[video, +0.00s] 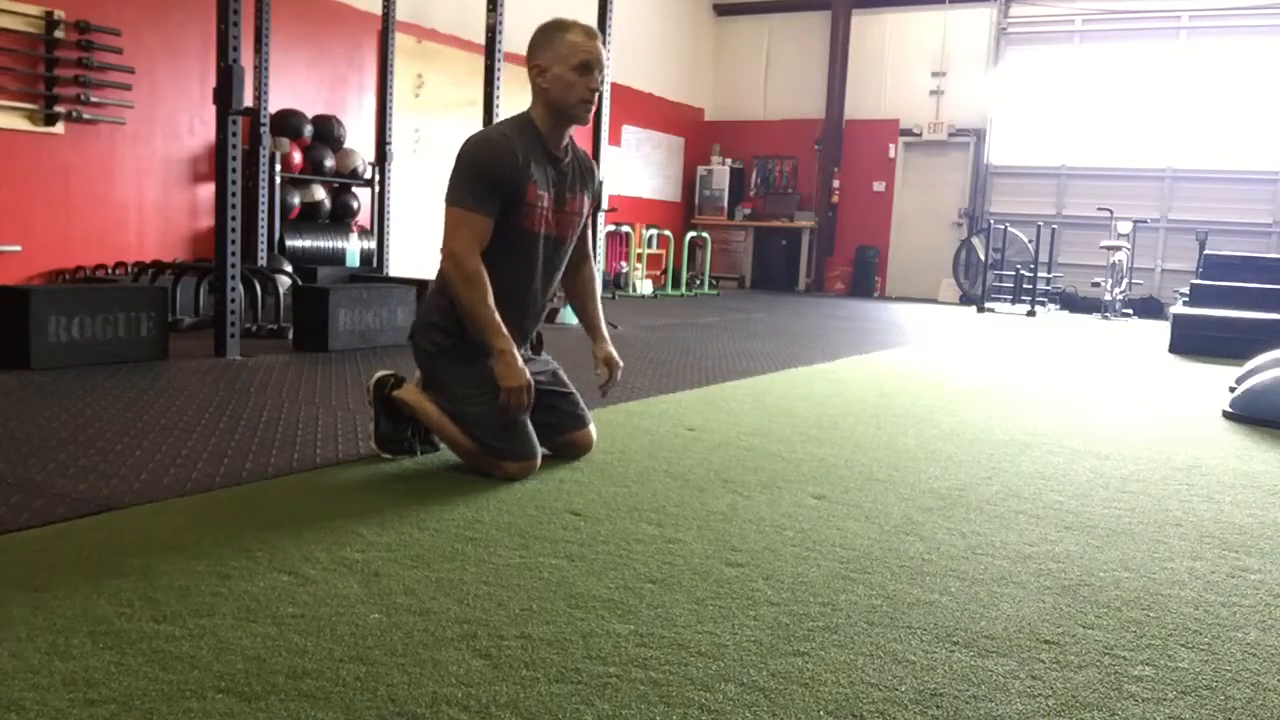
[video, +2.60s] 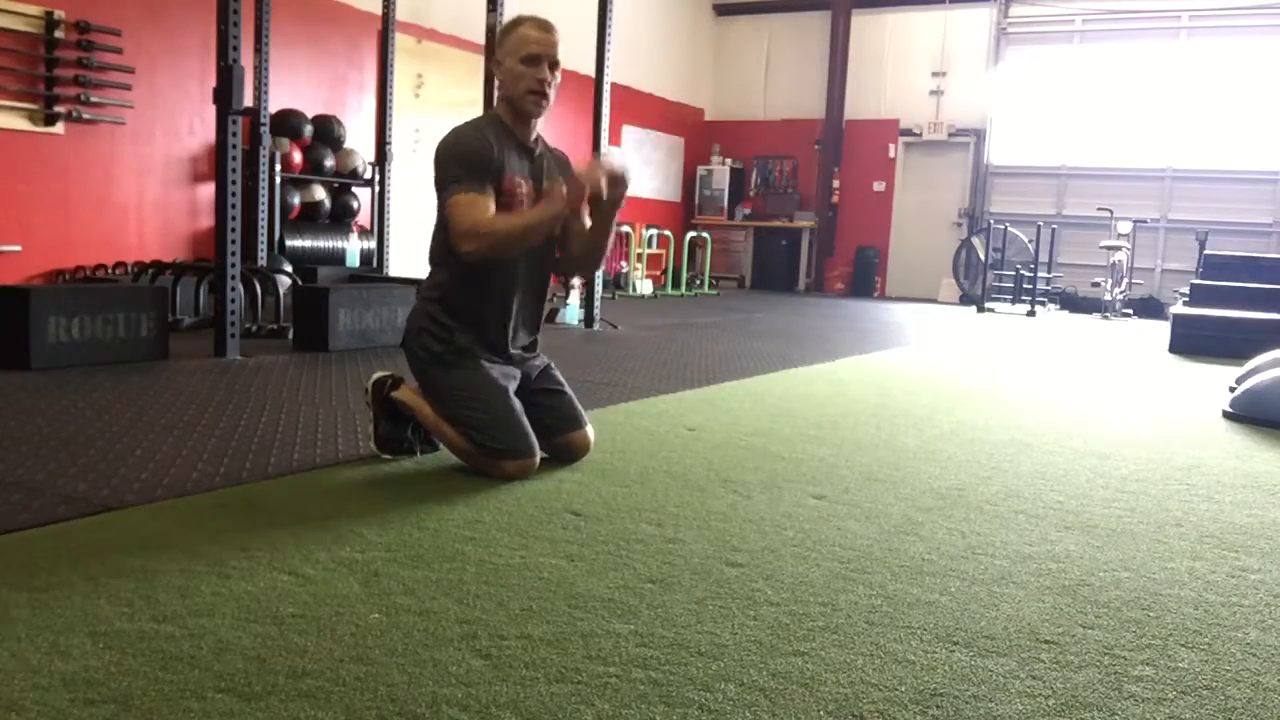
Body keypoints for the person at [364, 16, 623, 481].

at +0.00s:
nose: (598, 85)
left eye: (600, 72)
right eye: (585, 69)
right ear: (540, 74)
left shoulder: (583, 171)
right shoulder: (492, 149)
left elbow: (578, 260)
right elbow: (459, 259)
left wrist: (600, 338)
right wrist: (505, 352)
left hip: (519, 340)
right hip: (457, 342)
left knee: (575, 441)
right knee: (516, 464)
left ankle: (451, 395)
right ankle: (404, 397)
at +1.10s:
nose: (531, 79)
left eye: (536, 68)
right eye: (517, 64)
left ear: (540, 77)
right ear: (478, 71)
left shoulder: (537, 163)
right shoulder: (454, 151)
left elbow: (545, 257)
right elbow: (452, 253)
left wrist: (569, 343)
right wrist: (539, 302)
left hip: (506, 345)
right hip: (446, 347)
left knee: (574, 440)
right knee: (514, 462)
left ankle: (444, 411)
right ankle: (399, 400)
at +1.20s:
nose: (529, 79)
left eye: (532, 68)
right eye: (515, 65)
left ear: (535, 75)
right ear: (474, 71)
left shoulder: (531, 162)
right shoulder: (451, 150)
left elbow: (541, 261)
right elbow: (464, 253)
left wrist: (575, 337)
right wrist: (562, 252)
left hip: (507, 346)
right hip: (446, 349)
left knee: (575, 440)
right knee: (514, 463)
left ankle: (447, 406)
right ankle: (399, 399)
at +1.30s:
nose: (528, 78)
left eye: (531, 66)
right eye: (513, 65)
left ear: (534, 73)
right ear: (472, 71)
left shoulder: (528, 162)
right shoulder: (450, 150)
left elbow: (540, 252)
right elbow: (481, 246)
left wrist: (583, 304)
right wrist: (568, 198)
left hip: (508, 347)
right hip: (447, 349)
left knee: (573, 439)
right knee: (514, 463)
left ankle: (443, 410)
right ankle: (398, 399)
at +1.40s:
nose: (530, 80)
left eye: (532, 68)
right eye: (517, 66)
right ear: (474, 73)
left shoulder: (528, 161)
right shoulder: (452, 149)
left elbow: (546, 256)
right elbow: (490, 239)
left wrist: (594, 242)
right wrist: (553, 172)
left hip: (509, 347)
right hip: (447, 350)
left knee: (574, 439)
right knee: (514, 462)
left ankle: (442, 409)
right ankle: (400, 400)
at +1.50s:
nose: (531, 78)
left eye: (534, 66)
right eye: (518, 65)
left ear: (537, 73)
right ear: (475, 71)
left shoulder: (521, 155)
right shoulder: (450, 147)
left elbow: (565, 253)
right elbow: (495, 234)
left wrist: (590, 184)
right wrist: (540, 158)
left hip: (508, 346)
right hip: (447, 348)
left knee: (573, 439)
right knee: (514, 462)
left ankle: (443, 411)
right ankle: (398, 400)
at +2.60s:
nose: (543, 76)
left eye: (552, 66)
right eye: (529, 61)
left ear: (558, 77)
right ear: (497, 69)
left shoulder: (557, 164)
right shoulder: (468, 144)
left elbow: (578, 263)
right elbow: (471, 238)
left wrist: (607, 210)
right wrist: (564, 202)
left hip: (517, 341)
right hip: (453, 343)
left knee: (573, 443)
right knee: (515, 463)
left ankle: (449, 406)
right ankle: (402, 398)